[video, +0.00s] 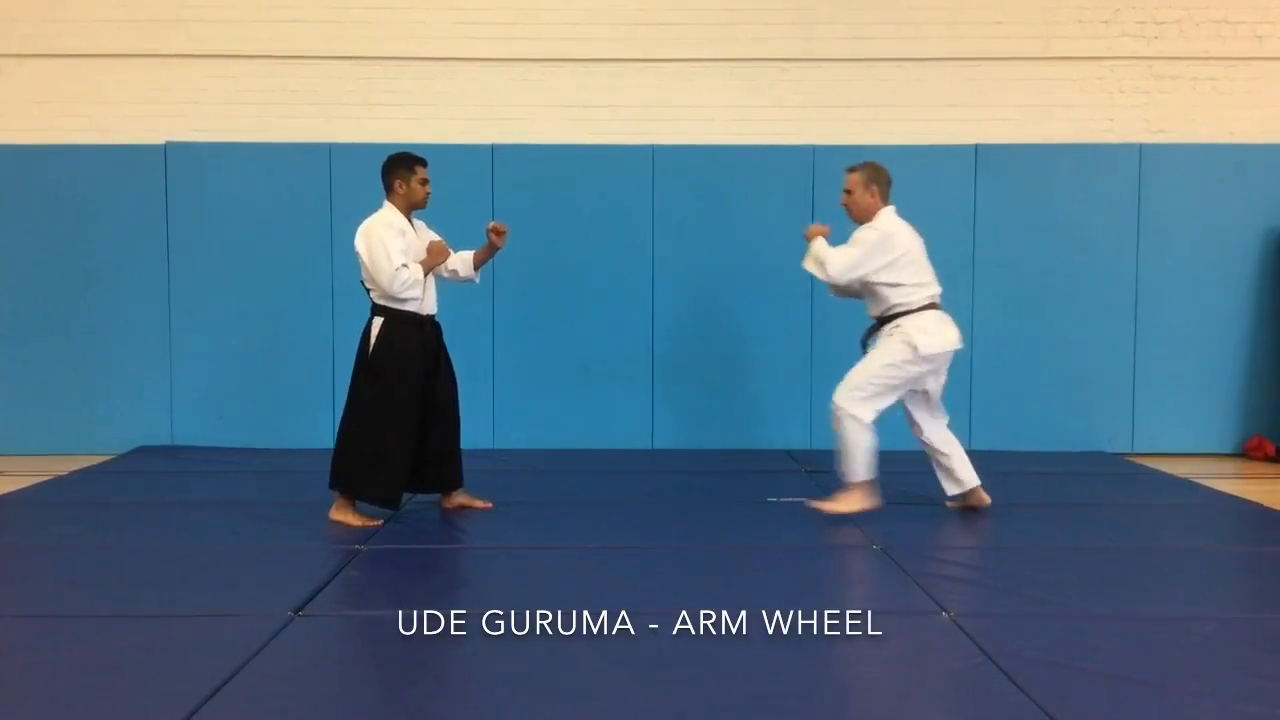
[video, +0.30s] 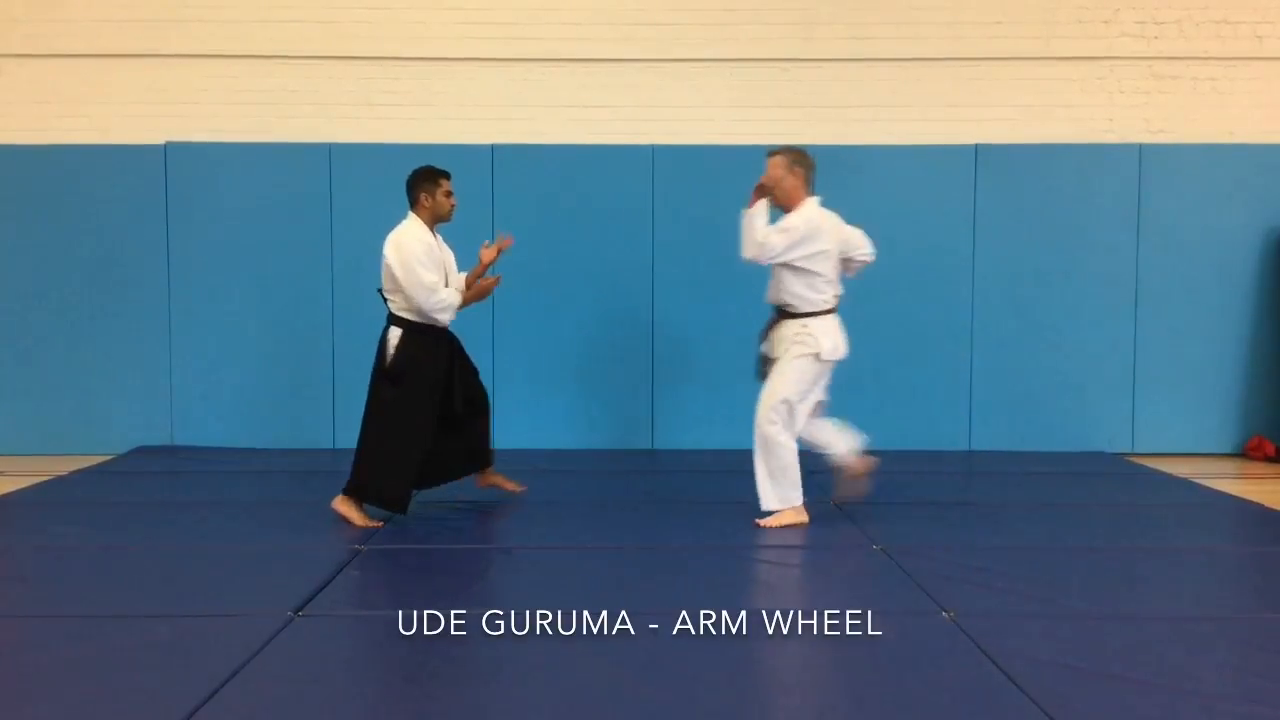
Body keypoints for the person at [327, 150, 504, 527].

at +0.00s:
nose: (429, 189)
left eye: (428, 183)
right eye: (423, 182)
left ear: (406, 187)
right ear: (398, 185)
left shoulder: (419, 229)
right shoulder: (375, 229)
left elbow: (453, 267)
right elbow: (395, 284)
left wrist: (490, 249)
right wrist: (429, 263)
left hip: (426, 331)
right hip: (390, 332)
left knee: (441, 411)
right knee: (371, 417)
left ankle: (451, 492)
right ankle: (343, 504)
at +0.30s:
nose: (453, 201)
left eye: (452, 194)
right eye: (447, 194)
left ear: (427, 199)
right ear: (424, 198)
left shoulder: (434, 240)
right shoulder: (406, 240)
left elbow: (455, 289)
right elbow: (433, 302)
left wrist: (481, 267)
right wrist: (473, 295)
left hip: (437, 338)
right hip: (408, 341)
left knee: (474, 401)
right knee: (390, 422)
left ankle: (484, 472)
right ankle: (350, 497)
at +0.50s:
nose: (481, 211)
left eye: (479, 205)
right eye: (474, 206)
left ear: (457, 213)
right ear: (452, 212)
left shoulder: (458, 246)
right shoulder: (449, 249)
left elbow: (491, 290)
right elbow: (502, 293)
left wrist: (510, 270)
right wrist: (523, 268)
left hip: (471, 346)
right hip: (447, 347)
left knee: (501, 409)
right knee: (416, 422)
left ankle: (517, 472)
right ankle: (363, 491)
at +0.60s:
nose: (493, 213)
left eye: (493, 206)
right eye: (486, 207)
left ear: (485, 211)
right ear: (465, 214)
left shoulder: (485, 248)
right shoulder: (463, 246)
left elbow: (512, 298)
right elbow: (527, 259)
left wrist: (526, 258)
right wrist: (547, 229)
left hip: (493, 346)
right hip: (464, 346)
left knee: (509, 412)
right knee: (435, 420)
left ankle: (514, 478)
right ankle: (384, 492)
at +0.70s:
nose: (503, 211)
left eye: (507, 205)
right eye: (495, 204)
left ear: (510, 208)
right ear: (478, 207)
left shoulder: (515, 249)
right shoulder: (465, 235)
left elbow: (537, 303)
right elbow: (497, 228)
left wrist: (529, 278)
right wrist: (524, 199)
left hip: (504, 340)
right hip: (470, 338)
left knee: (514, 409)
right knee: (458, 414)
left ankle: (516, 477)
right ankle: (414, 492)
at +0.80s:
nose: (507, 204)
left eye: (513, 197)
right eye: (501, 197)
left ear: (521, 202)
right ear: (489, 201)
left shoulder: (530, 242)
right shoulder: (474, 231)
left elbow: (544, 291)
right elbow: (444, 225)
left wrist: (520, 261)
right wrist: (471, 201)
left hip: (510, 336)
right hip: (472, 333)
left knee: (518, 407)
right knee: (470, 409)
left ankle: (517, 478)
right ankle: (438, 487)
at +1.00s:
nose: (500, 216)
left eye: (507, 209)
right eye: (494, 209)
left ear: (520, 209)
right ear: (487, 209)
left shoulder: (535, 250)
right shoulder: (469, 238)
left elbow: (530, 307)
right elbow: (420, 263)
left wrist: (485, 283)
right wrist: (442, 272)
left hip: (518, 345)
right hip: (476, 343)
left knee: (520, 413)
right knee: (474, 417)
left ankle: (517, 479)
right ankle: (481, 490)